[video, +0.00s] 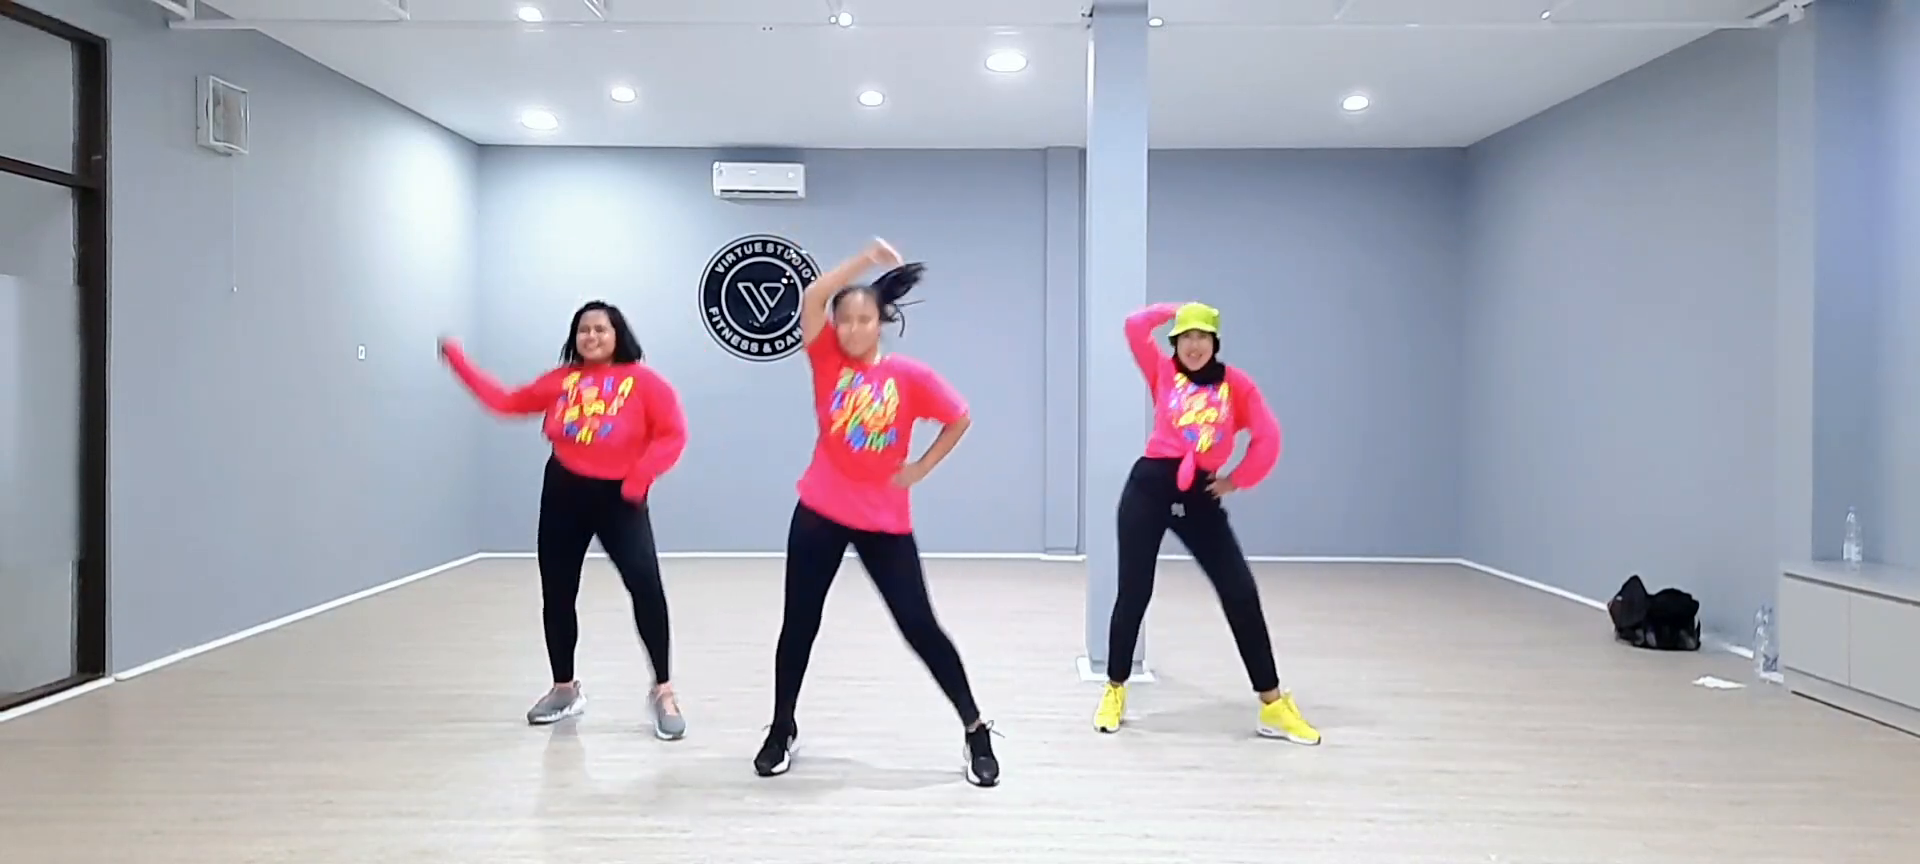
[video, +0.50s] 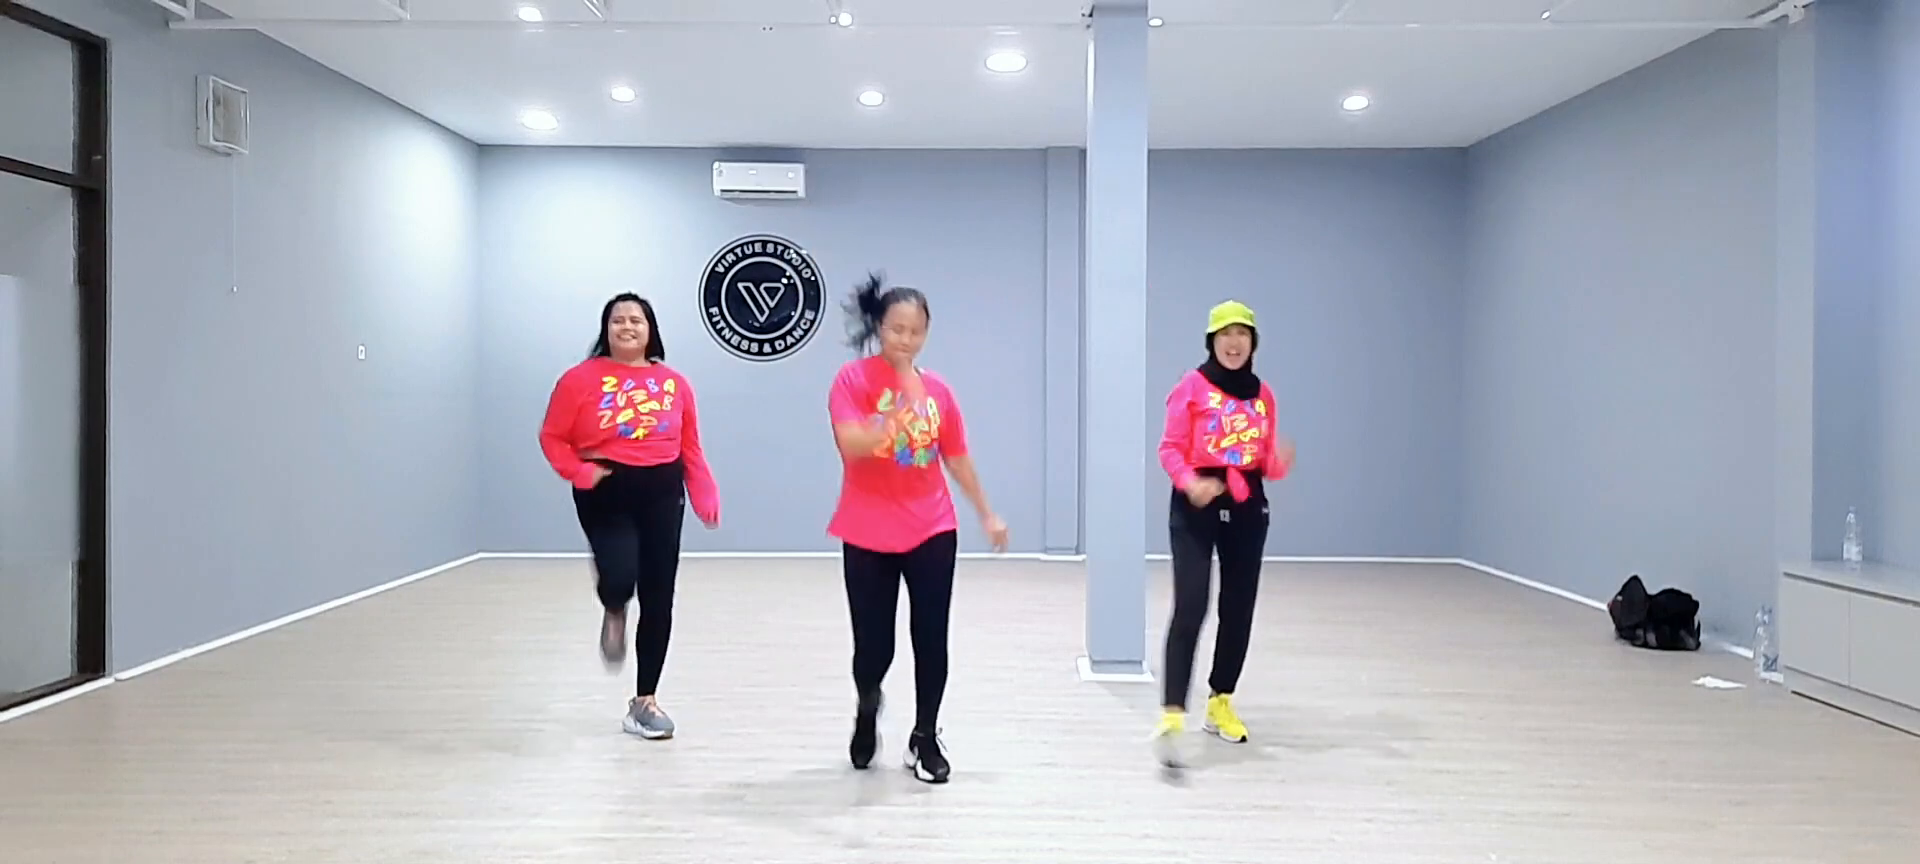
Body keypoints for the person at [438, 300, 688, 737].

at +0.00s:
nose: (591, 336)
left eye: (600, 329)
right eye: (583, 330)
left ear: (618, 336)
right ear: (574, 338)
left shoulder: (644, 381)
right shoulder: (561, 381)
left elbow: (673, 435)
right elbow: (506, 402)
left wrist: (641, 477)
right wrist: (459, 362)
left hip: (620, 496)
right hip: (564, 494)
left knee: (646, 584)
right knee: (557, 593)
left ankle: (663, 689)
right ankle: (564, 687)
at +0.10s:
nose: (591, 333)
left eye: (600, 327)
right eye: (585, 326)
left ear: (616, 334)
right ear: (574, 335)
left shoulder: (643, 379)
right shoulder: (555, 382)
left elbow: (672, 434)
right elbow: (521, 429)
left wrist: (660, 489)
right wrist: (490, 403)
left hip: (620, 495)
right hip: (564, 492)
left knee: (641, 584)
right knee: (558, 590)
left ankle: (663, 690)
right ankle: (563, 687)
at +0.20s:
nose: (598, 310)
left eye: (608, 304)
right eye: (591, 303)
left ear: (624, 313)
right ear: (579, 311)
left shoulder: (649, 355)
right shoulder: (558, 357)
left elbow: (688, 393)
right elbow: (521, 409)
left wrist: (681, 447)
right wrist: (549, 383)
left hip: (633, 472)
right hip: (576, 473)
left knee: (646, 568)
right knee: (570, 575)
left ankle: (666, 679)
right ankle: (560, 672)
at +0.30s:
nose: (607, 303)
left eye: (617, 297)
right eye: (599, 297)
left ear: (634, 308)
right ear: (587, 307)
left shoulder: (663, 348)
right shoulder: (568, 349)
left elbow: (691, 385)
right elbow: (539, 408)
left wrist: (690, 440)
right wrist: (588, 390)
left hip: (646, 463)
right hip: (588, 463)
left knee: (650, 570)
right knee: (564, 560)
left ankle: (652, 683)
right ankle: (589, 636)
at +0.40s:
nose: (618, 317)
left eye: (628, 311)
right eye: (610, 311)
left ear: (643, 322)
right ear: (596, 321)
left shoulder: (673, 370)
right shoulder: (573, 372)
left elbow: (693, 432)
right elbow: (553, 431)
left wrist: (700, 482)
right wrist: (594, 435)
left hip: (653, 486)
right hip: (593, 484)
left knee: (649, 591)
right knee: (581, 590)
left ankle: (642, 700)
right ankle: (620, 582)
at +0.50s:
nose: (627, 326)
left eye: (637, 320)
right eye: (618, 320)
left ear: (650, 330)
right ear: (605, 330)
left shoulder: (673, 382)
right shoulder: (579, 381)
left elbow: (690, 446)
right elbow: (551, 437)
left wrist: (706, 498)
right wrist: (580, 471)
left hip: (662, 491)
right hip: (605, 490)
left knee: (658, 597)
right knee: (619, 580)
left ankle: (644, 699)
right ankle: (615, 614)